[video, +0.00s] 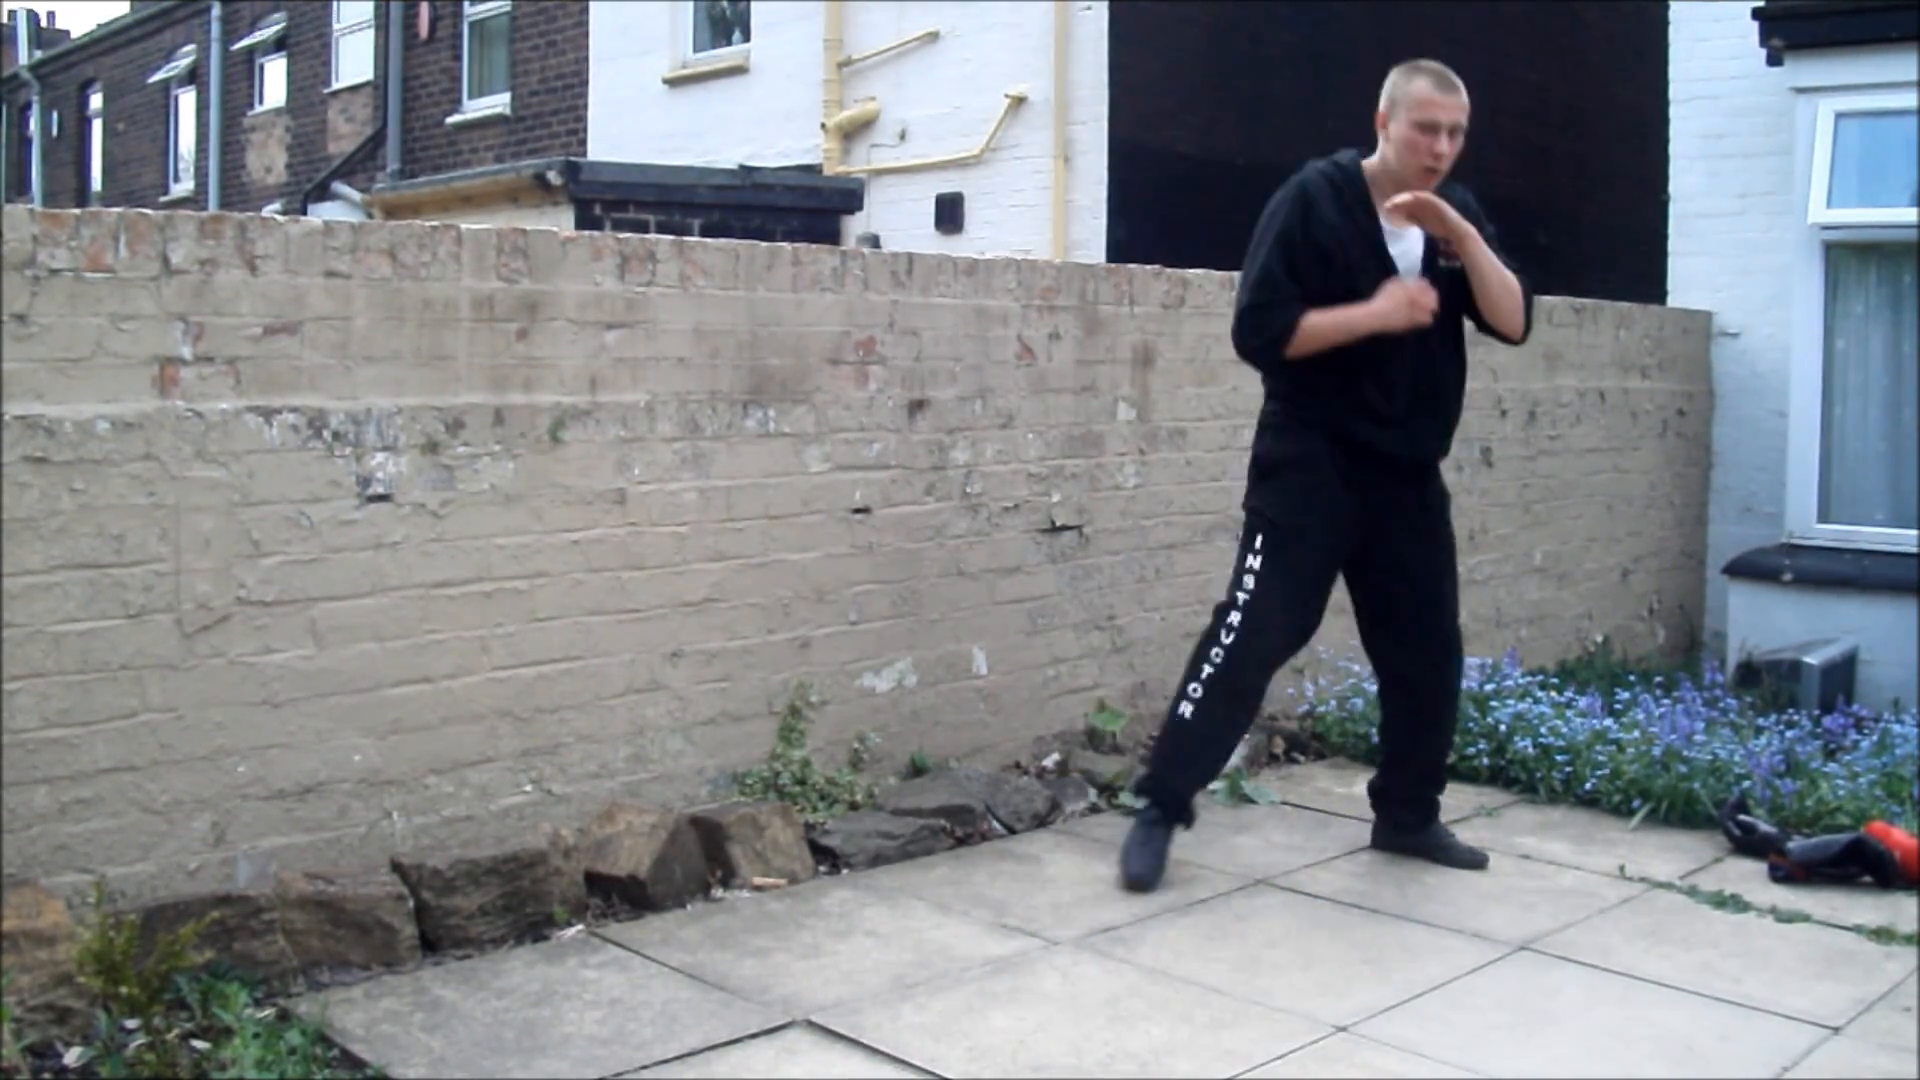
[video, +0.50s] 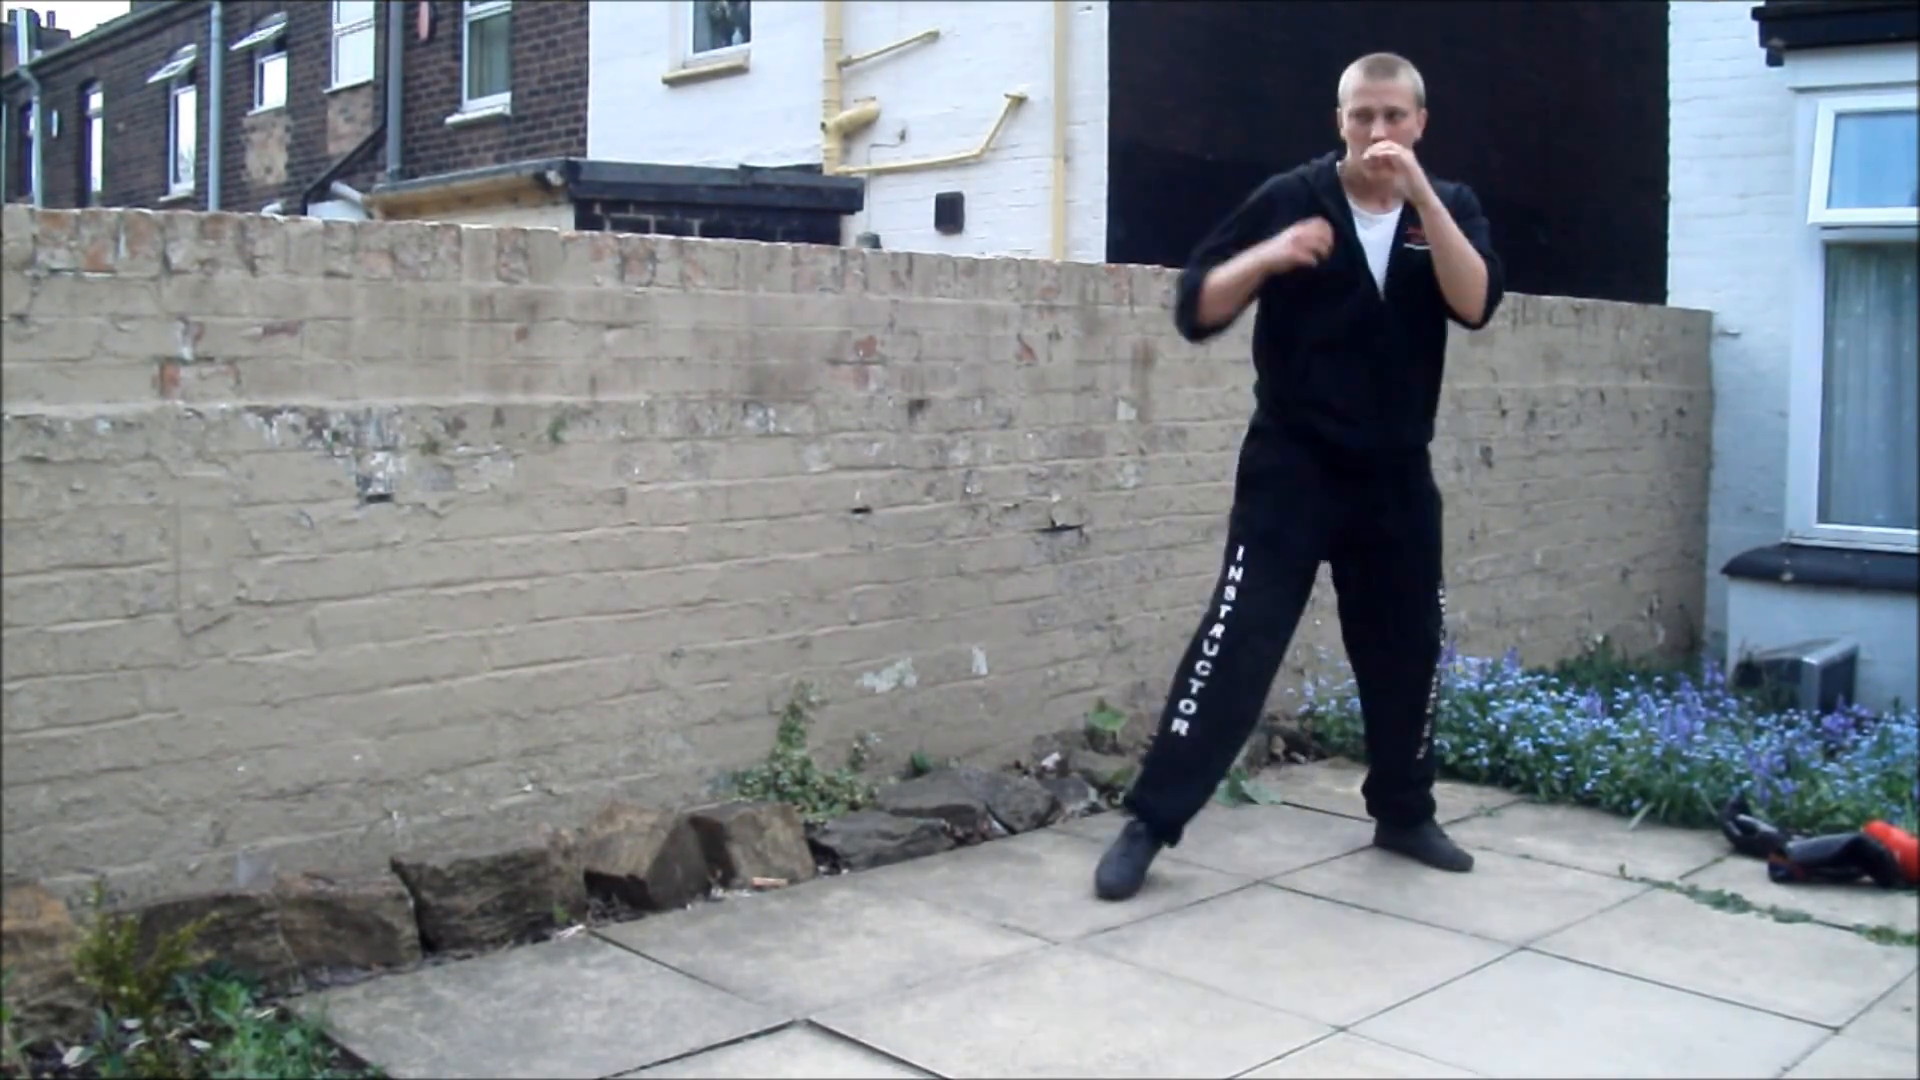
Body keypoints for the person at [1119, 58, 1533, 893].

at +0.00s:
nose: (1439, 146)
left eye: (1453, 133)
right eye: (1424, 128)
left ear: (1464, 139)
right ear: (1384, 123)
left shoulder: (1458, 216)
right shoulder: (1316, 196)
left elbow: (1512, 322)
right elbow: (1257, 332)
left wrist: (1461, 236)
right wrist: (1375, 312)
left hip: (1406, 476)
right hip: (1306, 469)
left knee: (1426, 654)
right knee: (1252, 635)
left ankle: (1407, 818)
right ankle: (1159, 809)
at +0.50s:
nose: (1379, 131)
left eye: (1395, 116)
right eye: (1363, 116)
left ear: (1422, 123)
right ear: (1339, 122)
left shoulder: (1450, 209)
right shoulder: (1291, 200)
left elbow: (1476, 305)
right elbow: (1194, 311)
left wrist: (1424, 202)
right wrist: (1263, 257)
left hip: (1395, 474)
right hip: (1289, 467)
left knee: (1404, 647)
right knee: (1238, 640)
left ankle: (1404, 814)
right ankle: (1148, 824)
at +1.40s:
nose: (1099, 182)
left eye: (1107, 169)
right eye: (1102, 168)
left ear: (1143, 168)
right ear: (1190, 173)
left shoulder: (1146, 199)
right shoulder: (1259, 287)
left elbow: (1033, 212)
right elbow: (1304, 437)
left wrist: (931, 178)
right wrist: (1199, 480)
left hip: (1094, 383)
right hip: (1175, 464)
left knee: (887, 448)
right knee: (1098, 656)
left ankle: (956, 652)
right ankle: (1093, 879)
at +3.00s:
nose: (1268, 104)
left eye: (1286, 90)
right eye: (1255, 88)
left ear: (1316, 99)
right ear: (1233, 93)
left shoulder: (1357, 179)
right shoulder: (1187, 168)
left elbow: (1373, 301)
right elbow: (1118, 301)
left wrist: (1320, 189)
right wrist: (1160, 223)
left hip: (1317, 441)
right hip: (1208, 438)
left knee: (1313, 625)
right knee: (1210, 621)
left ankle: (1306, 791)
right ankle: (1215, 785)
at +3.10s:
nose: (1281, 135)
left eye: (1299, 121)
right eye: (1269, 118)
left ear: (1327, 132)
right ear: (1247, 123)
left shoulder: (1363, 224)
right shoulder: (1194, 210)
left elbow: (1366, 342)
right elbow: (1124, 336)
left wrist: (1332, 228)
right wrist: (1168, 254)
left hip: (1327, 477)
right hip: (1220, 473)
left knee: (1319, 644)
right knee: (1217, 642)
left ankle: (1303, 801)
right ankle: (1223, 794)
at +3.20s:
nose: (1283, 130)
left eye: (1300, 116)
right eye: (1270, 114)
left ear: (1328, 124)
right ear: (1249, 118)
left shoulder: (1364, 209)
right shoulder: (1200, 198)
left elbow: (1347, 340)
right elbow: (1163, 349)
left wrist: (1313, 235)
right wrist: (1182, 285)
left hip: (1326, 466)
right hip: (1215, 463)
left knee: (1319, 645)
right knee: (1191, 640)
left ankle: (1300, 800)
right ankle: (1208, 774)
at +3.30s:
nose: (1266, 129)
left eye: (1283, 114)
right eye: (1253, 114)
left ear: (1318, 118)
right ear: (1235, 118)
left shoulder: (1362, 198)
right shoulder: (1198, 197)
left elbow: (1349, 318)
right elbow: (1171, 347)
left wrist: (1294, 214)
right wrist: (1184, 296)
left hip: (1319, 460)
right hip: (1210, 453)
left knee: (1304, 637)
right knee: (1183, 621)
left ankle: (1299, 800)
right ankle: (1163, 802)